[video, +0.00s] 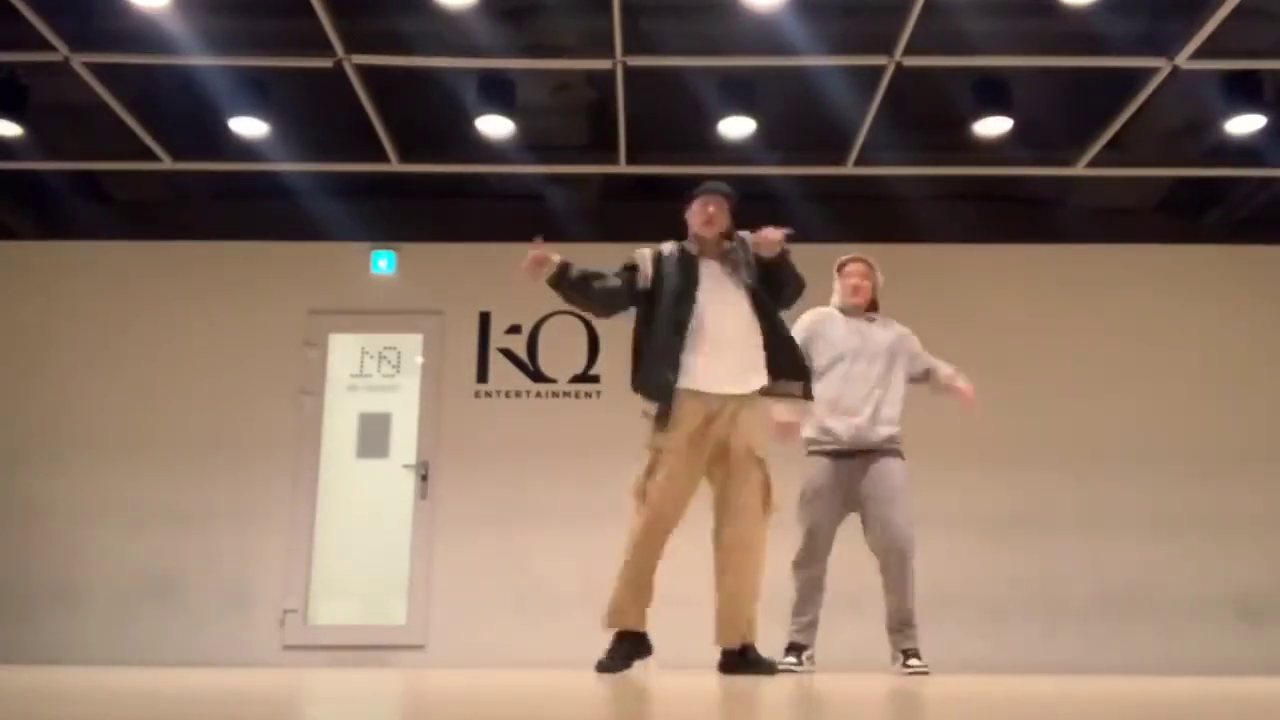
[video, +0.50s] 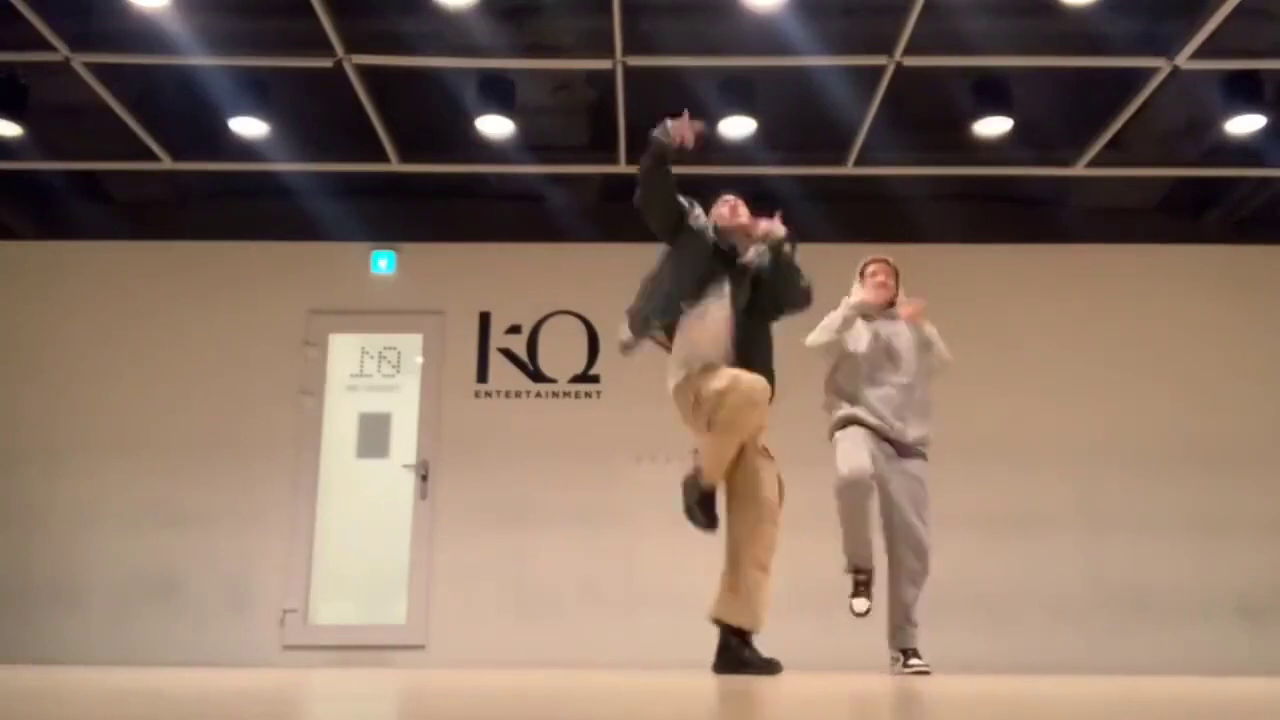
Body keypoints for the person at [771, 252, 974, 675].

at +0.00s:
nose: (857, 282)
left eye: (864, 277)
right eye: (850, 276)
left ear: (876, 287)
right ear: (836, 285)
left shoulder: (895, 335)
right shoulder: (817, 322)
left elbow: (927, 368)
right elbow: (783, 364)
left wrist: (954, 380)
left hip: (882, 456)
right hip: (827, 455)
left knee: (897, 545)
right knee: (811, 551)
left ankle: (906, 647)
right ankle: (799, 645)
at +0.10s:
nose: (876, 283)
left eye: (882, 278)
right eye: (867, 276)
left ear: (889, 289)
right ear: (850, 283)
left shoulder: (902, 330)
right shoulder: (821, 323)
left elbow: (948, 349)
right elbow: (771, 338)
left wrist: (933, 360)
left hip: (894, 450)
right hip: (843, 447)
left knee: (901, 548)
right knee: (823, 533)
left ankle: (905, 647)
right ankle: (804, 633)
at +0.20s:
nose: (872, 286)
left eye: (879, 280)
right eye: (865, 279)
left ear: (888, 291)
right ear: (849, 286)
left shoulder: (906, 334)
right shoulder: (828, 329)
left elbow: (957, 347)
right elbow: (788, 340)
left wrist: (971, 365)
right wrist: (807, 341)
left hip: (905, 441)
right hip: (858, 436)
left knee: (908, 539)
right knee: (864, 517)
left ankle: (905, 646)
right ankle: (838, 624)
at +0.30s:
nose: (869, 290)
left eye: (875, 283)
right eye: (861, 284)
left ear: (888, 293)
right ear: (849, 296)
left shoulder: (909, 341)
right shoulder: (836, 335)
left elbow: (960, 352)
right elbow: (797, 350)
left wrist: (954, 358)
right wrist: (811, 356)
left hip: (910, 443)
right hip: (863, 440)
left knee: (916, 537)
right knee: (885, 527)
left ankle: (907, 644)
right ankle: (877, 640)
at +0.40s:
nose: (877, 283)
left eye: (884, 277)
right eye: (869, 278)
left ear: (896, 289)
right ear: (858, 289)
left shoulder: (915, 333)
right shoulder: (837, 325)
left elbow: (953, 369)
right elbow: (790, 336)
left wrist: (937, 336)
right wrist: (831, 347)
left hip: (910, 442)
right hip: (861, 432)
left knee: (917, 546)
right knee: (873, 490)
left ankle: (907, 646)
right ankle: (865, 610)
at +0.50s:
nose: (879, 279)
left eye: (887, 275)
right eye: (871, 275)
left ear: (896, 289)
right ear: (859, 288)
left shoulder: (910, 327)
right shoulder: (847, 323)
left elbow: (940, 362)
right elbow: (815, 345)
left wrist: (921, 326)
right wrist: (853, 307)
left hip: (907, 440)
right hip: (858, 424)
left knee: (911, 546)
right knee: (854, 474)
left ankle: (905, 646)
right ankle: (860, 569)